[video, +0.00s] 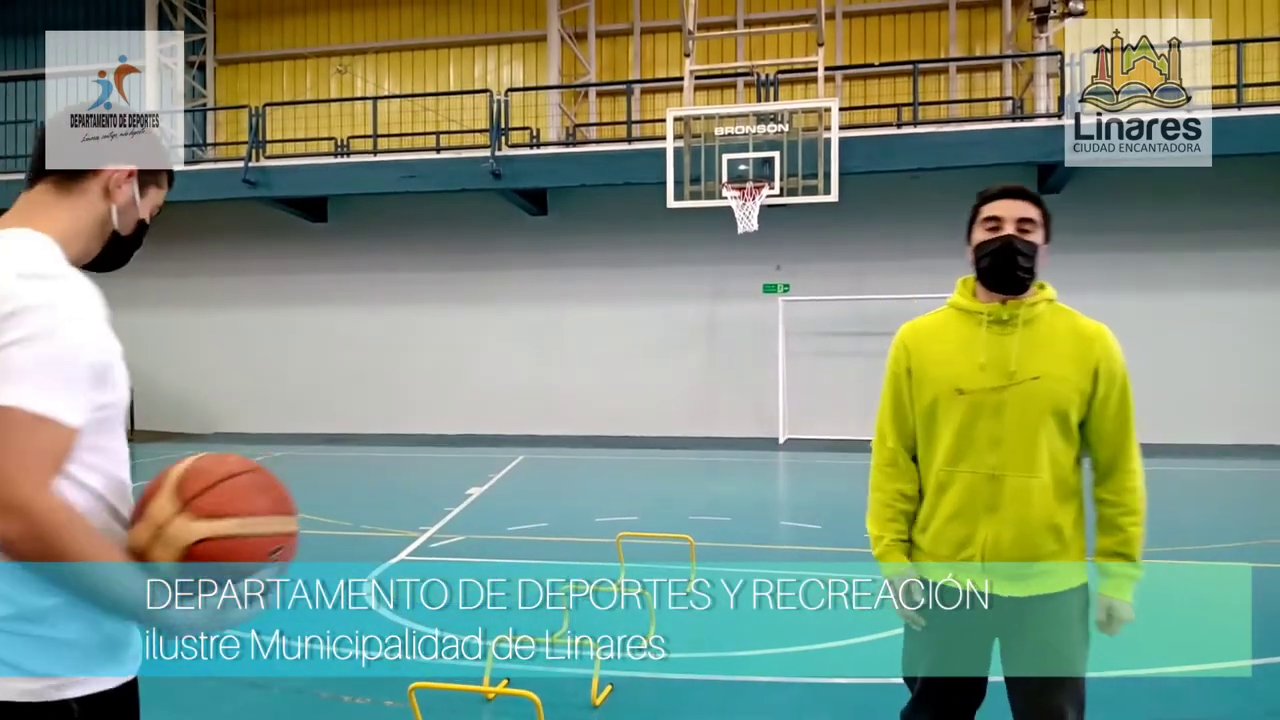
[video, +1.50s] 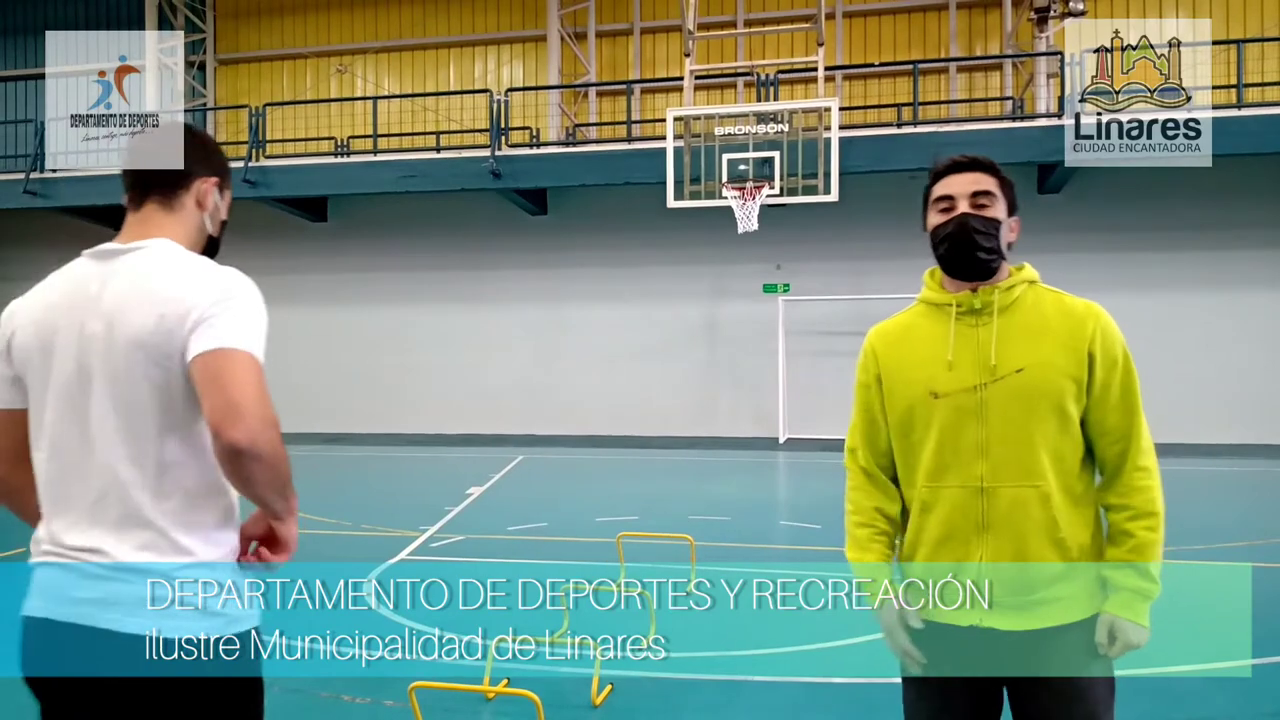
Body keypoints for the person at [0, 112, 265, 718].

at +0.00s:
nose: (140, 229)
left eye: (153, 213)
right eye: (151, 209)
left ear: (50, 169)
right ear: (120, 182)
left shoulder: (16, 268)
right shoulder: (54, 297)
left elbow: (29, 483)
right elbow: (13, 502)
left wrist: (127, 527)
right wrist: (134, 571)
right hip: (54, 684)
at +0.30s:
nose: (165, 215)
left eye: (174, 197)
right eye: (173, 193)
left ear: (60, 169)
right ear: (143, 177)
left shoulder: (7, 253)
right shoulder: (124, 298)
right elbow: (173, 491)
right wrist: (313, 526)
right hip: (77, 674)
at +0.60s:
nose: (176, 204)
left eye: (181, 187)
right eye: (180, 185)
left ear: (72, 170)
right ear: (156, 177)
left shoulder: (6, 256)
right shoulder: (163, 301)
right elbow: (214, 506)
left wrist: (218, 454)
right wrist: (286, 548)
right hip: (88, 665)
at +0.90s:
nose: (171, 209)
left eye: (174, 193)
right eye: (172, 191)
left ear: (68, 186)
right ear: (148, 185)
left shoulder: (6, 276)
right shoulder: (157, 296)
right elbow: (162, 497)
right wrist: (222, 577)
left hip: (7, 634)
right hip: (112, 642)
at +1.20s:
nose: (179, 212)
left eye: (181, 196)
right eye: (180, 194)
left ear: (82, 192)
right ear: (159, 191)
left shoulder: (12, 287)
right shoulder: (166, 293)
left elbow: (33, 469)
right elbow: (177, 470)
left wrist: (169, 517)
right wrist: (255, 525)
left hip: (14, 627)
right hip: (129, 631)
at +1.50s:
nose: (222, 219)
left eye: (225, 205)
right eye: (224, 202)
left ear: (131, 194)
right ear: (208, 193)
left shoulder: (27, 308)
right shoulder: (214, 287)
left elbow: (12, 473)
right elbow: (239, 432)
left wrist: (78, 530)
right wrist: (278, 510)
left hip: (60, 625)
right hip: (188, 623)